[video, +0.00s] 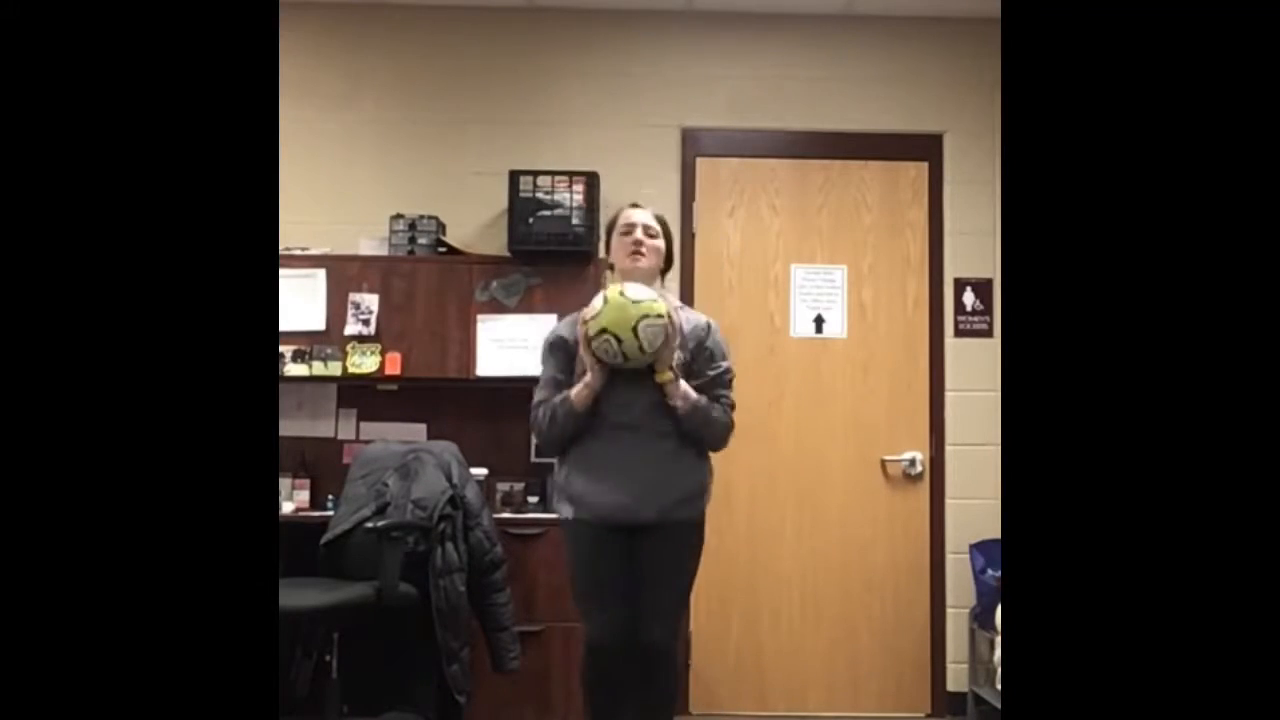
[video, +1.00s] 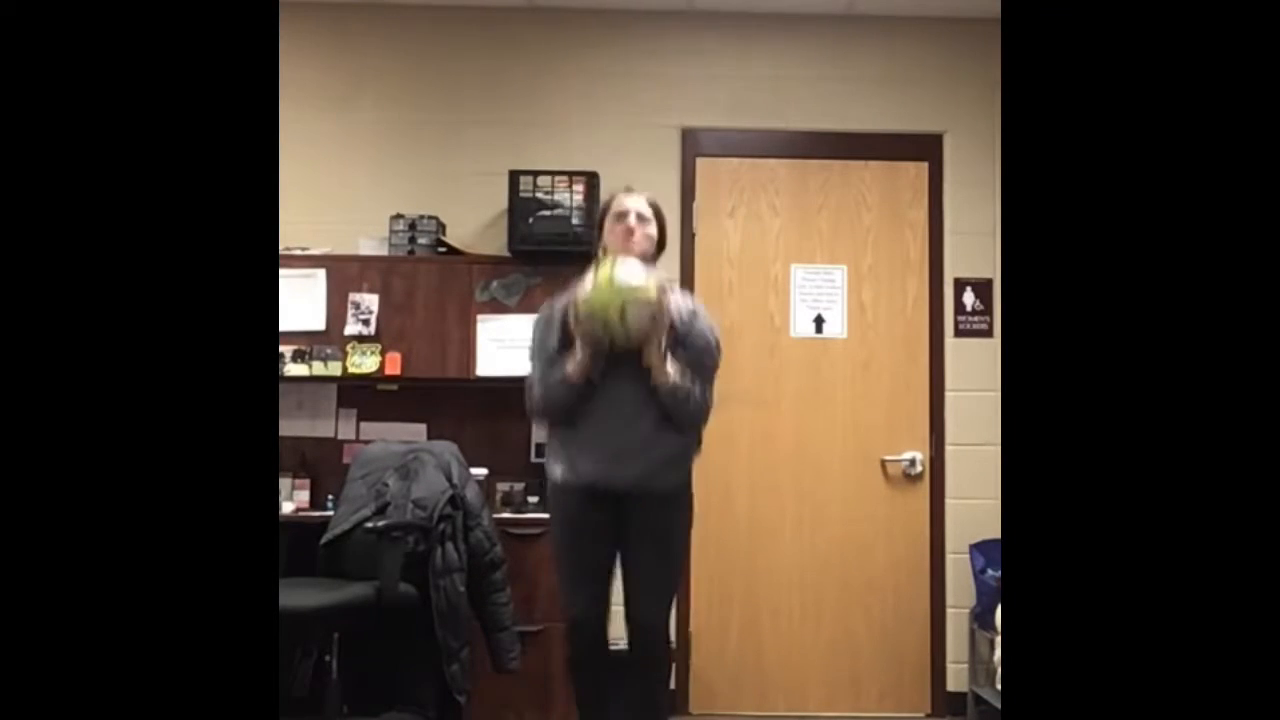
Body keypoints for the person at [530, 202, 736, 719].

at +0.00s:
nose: (640, 238)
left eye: (651, 233)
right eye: (627, 232)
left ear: (666, 254)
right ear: (608, 252)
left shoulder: (698, 330)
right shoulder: (570, 332)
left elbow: (719, 431)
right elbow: (546, 433)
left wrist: (669, 375)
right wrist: (589, 379)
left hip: (673, 516)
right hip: (593, 516)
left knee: (658, 644)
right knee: (606, 643)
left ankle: (657, 717)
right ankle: (606, 717)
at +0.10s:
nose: (639, 217)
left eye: (651, 209)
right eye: (628, 208)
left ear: (668, 225)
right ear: (609, 223)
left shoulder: (696, 301)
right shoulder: (574, 304)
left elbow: (728, 383)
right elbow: (546, 391)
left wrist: (677, 335)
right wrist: (588, 341)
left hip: (673, 493)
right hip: (593, 494)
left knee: (661, 635)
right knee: (595, 631)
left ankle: (660, 717)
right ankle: (599, 716)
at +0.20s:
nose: (639, 186)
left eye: (651, 175)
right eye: (626, 175)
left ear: (671, 184)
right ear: (603, 183)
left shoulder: (683, 253)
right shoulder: (585, 254)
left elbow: (725, 295)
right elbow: (545, 298)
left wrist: (688, 247)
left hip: (672, 447)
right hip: (594, 447)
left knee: (671, 592)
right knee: (583, 590)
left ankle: (675, 706)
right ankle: (577, 709)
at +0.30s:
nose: (642, 196)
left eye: (654, 189)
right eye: (629, 188)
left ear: (671, 206)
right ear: (610, 205)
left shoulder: (692, 267)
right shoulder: (586, 264)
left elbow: (724, 212)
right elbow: (559, 211)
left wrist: (686, 128)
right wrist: (597, 122)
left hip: (670, 444)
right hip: (593, 443)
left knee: (685, 595)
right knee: (569, 596)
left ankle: (704, 705)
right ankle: (541, 706)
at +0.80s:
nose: (628, 215)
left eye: (641, 208)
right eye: (617, 205)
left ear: (659, 226)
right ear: (598, 220)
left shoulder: (675, 290)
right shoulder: (576, 283)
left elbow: (709, 249)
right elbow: (535, 249)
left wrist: (675, 170)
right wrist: (571, 166)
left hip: (658, 468)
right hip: (578, 466)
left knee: (680, 615)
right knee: (543, 611)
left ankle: (708, 712)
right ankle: (487, 709)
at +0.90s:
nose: (622, 221)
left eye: (634, 210)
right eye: (611, 211)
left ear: (655, 215)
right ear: (593, 216)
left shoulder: (682, 274)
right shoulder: (575, 272)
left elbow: (705, 329)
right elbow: (533, 318)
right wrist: (574, 251)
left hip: (659, 459)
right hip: (579, 457)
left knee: (665, 603)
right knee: (561, 593)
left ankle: (675, 710)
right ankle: (548, 709)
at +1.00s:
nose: (632, 226)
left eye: (644, 219)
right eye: (621, 217)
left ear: (659, 239)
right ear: (602, 233)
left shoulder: (685, 315)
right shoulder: (562, 313)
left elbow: (694, 414)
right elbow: (544, 404)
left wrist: (656, 357)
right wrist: (584, 353)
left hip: (659, 493)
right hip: (580, 493)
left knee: (650, 628)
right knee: (584, 626)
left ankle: (647, 715)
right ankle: (594, 714)